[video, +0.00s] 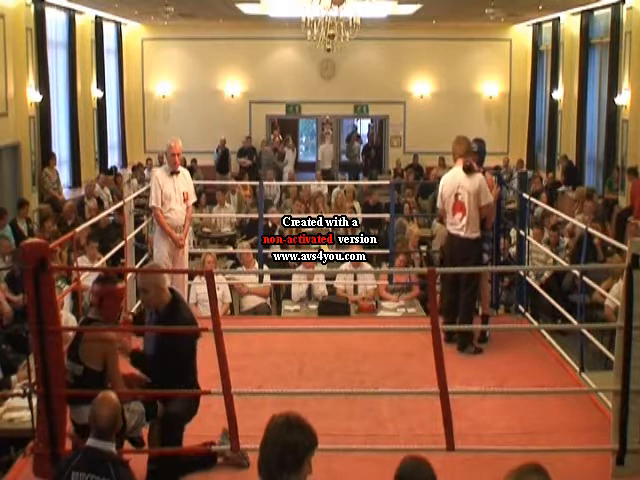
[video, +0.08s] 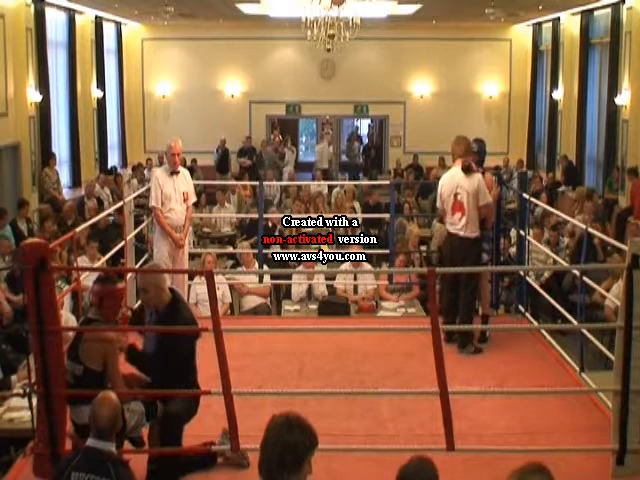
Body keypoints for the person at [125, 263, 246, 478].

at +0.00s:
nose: (141, 297)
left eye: (145, 291)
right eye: (140, 291)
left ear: (162, 288)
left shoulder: (180, 320)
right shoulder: (154, 306)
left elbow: (165, 372)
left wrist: (131, 353)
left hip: (179, 397)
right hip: (161, 390)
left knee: (160, 470)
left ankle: (217, 454)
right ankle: (215, 450)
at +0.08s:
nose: (141, 297)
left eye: (145, 291)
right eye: (140, 291)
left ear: (162, 288)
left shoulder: (180, 320)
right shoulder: (153, 306)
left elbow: (162, 370)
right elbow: (137, 321)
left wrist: (129, 351)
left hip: (180, 396)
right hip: (160, 389)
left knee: (161, 469)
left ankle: (217, 453)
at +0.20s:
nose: (141, 297)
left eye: (145, 291)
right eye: (139, 291)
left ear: (162, 289)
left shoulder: (179, 319)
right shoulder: (152, 306)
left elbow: (162, 370)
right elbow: (131, 316)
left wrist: (130, 351)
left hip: (180, 395)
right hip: (159, 389)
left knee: (161, 469)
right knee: (162, 467)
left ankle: (217, 454)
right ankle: (216, 450)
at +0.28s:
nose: (140, 297)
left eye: (144, 292)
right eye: (138, 292)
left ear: (161, 289)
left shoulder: (179, 320)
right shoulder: (151, 306)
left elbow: (162, 372)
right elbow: (133, 315)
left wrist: (130, 348)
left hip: (182, 393)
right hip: (158, 387)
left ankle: (217, 454)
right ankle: (217, 451)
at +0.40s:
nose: (140, 299)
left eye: (143, 294)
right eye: (138, 294)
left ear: (158, 290)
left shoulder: (179, 321)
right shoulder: (150, 305)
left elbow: (162, 374)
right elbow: (129, 311)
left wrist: (133, 347)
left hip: (182, 393)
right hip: (158, 387)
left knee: (169, 414)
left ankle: (218, 454)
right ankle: (217, 451)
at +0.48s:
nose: (140, 299)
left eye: (143, 294)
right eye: (138, 294)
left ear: (158, 290)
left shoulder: (179, 319)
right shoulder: (150, 304)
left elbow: (162, 373)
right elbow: (128, 309)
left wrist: (133, 347)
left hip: (182, 392)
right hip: (158, 386)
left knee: (169, 414)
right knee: (162, 466)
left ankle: (218, 454)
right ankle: (217, 451)